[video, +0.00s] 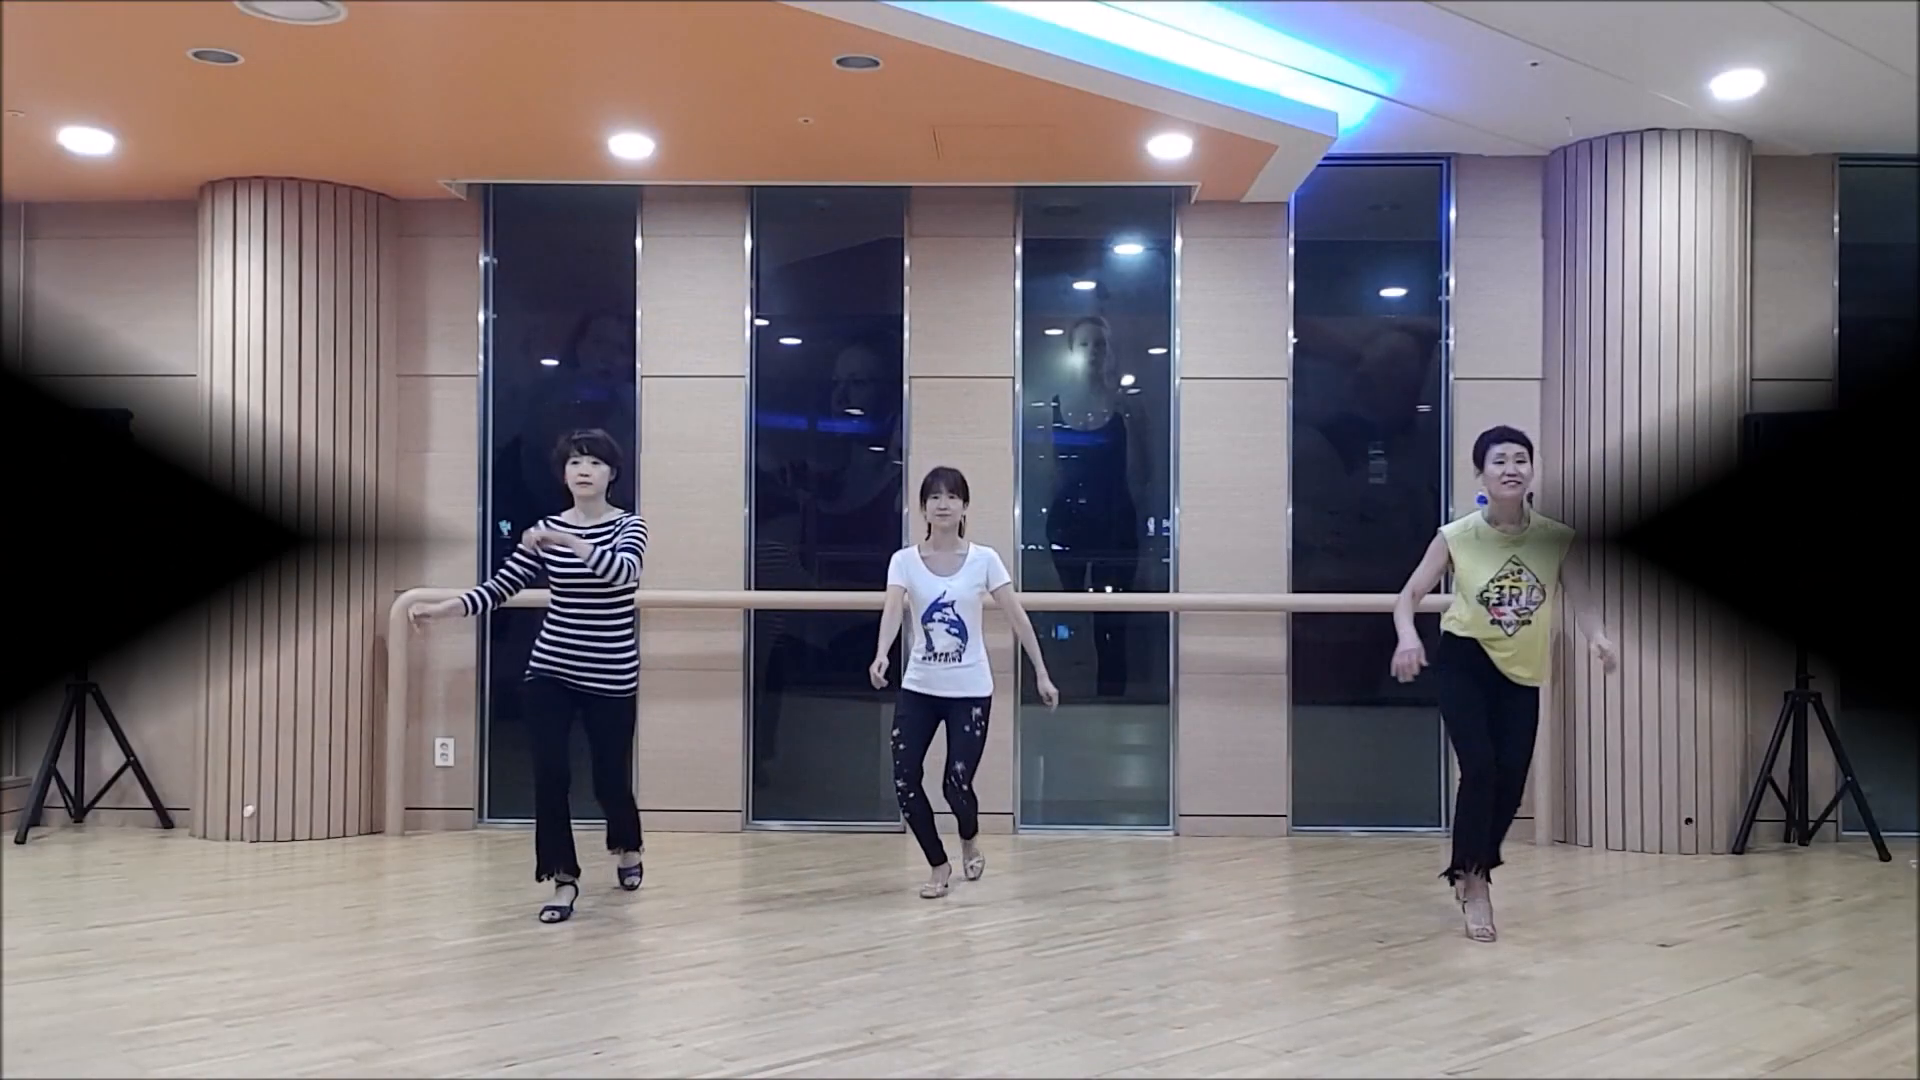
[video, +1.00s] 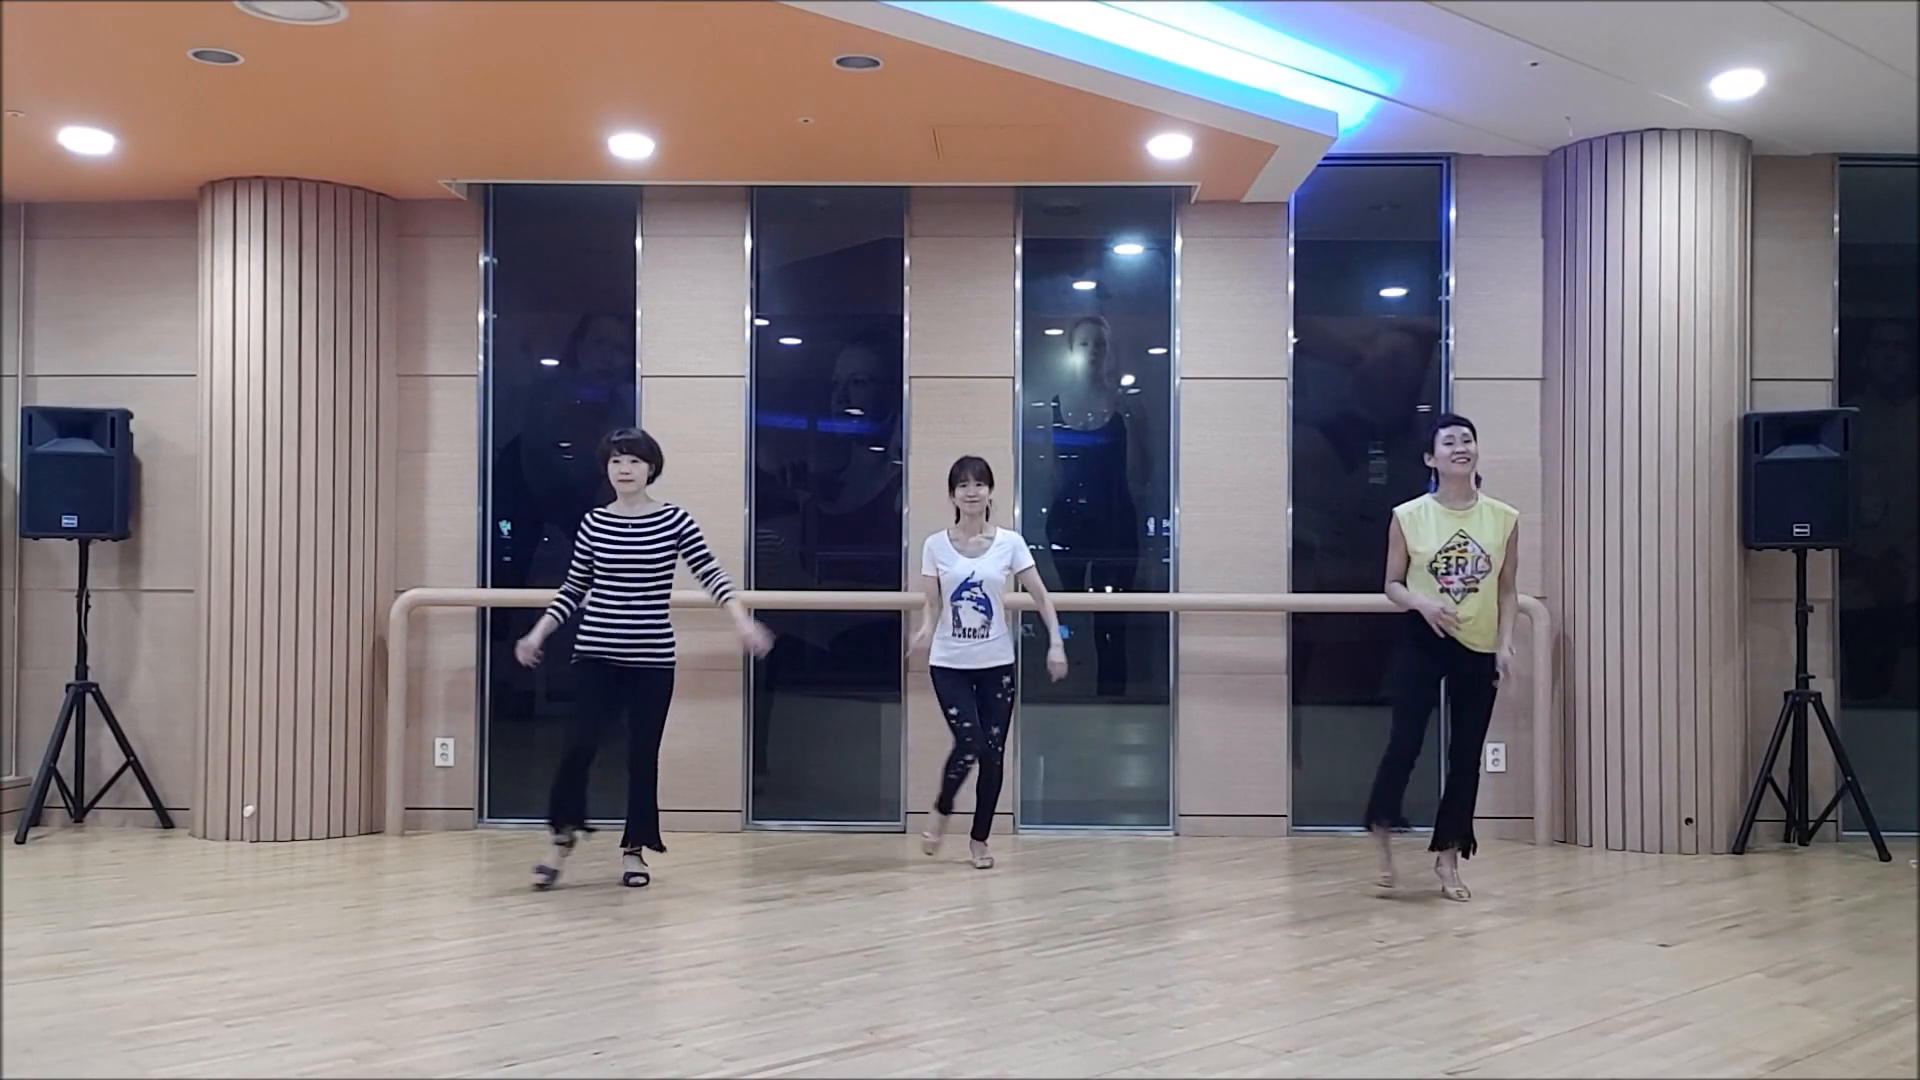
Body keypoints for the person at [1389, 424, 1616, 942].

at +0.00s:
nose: (1511, 470)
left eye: (1520, 461)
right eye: (1499, 462)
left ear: (1533, 472)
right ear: (1481, 476)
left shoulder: (1557, 537)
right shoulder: (1458, 535)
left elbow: (1573, 598)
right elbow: (1407, 598)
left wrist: (1597, 634)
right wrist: (1407, 637)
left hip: (1523, 670)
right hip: (1464, 659)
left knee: (1511, 783)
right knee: (1481, 767)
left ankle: (1473, 874)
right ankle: (1474, 884)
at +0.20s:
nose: (1494, 470)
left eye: (1502, 462)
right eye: (1483, 461)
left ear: (1513, 470)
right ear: (1463, 470)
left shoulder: (1536, 536)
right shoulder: (1436, 534)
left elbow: (1558, 603)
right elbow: (1408, 598)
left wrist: (1544, 636)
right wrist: (1400, 612)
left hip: (1504, 665)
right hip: (1449, 655)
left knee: (1479, 770)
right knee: (1470, 765)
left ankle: (1455, 867)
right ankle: (1476, 887)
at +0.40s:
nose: (1479, 464)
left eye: (1487, 456)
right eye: (1469, 455)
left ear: (1498, 465)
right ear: (1450, 464)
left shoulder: (1519, 529)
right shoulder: (1423, 525)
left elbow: (1529, 602)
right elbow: (1393, 590)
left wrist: (1531, 663)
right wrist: (1384, 612)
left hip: (1494, 655)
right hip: (1438, 647)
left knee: (1477, 757)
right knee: (1470, 749)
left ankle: (1449, 857)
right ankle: (1463, 866)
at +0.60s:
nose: (1469, 450)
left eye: (1476, 444)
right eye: (1459, 444)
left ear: (1487, 456)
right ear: (1439, 455)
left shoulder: (1507, 521)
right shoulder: (1412, 514)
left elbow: (1522, 589)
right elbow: (1377, 574)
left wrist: (1537, 652)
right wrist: (1367, 595)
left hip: (1488, 644)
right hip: (1432, 638)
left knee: (1471, 749)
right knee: (1465, 739)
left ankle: (1450, 858)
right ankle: (1430, 814)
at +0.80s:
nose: (1462, 447)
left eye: (1470, 441)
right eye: (1452, 441)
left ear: (1479, 452)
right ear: (1433, 452)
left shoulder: (1501, 514)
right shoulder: (1408, 512)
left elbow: (1514, 587)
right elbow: (1394, 575)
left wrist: (1531, 648)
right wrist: (1391, 595)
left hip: (1481, 640)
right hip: (1427, 633)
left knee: (1465, 753)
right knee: (1433, 747)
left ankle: (1449, 856)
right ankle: (1419, 850)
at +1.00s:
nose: (1461, 447)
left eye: (1466, 441)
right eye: (1450, 442)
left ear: (1478, 454)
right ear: (1432, 458)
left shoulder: (1503, 518)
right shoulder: (1409, 516)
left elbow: (1507, 589)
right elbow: (1392, 585)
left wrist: (1503, 645)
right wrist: (1423, 603)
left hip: (1478, 649)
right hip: (1423, 642)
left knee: (1466, 756)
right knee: (1406, 744)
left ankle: (1448, 856)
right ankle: (1381, 833)